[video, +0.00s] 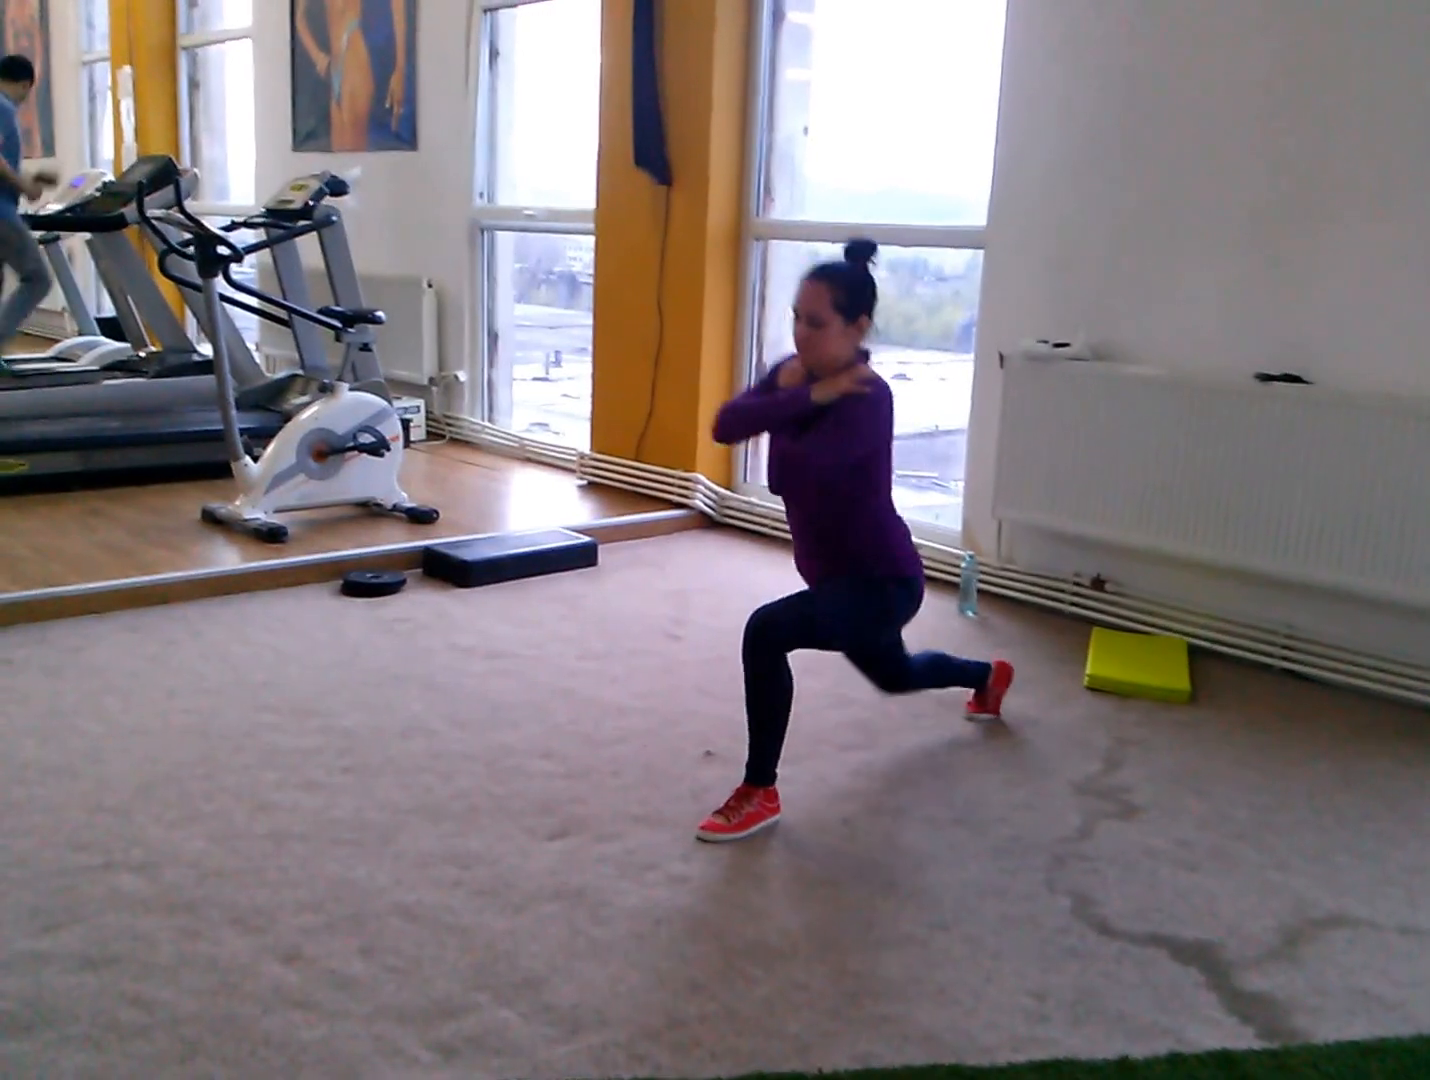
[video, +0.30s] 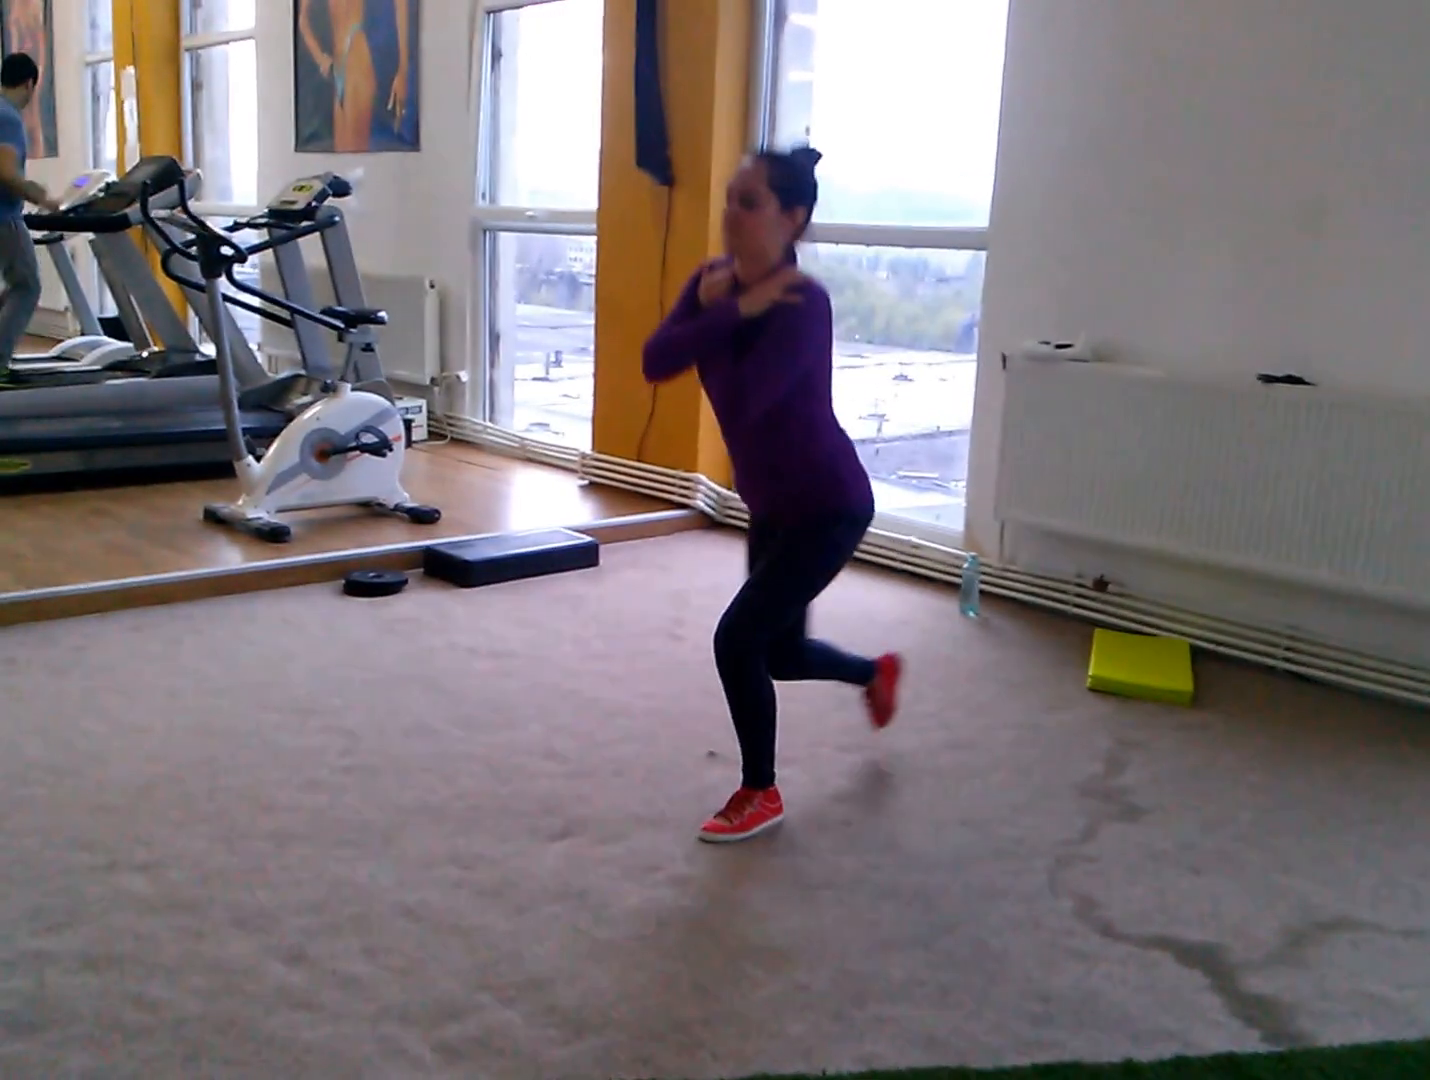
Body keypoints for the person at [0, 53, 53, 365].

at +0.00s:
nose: (28, 93)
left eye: (29, 87)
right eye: (28, 87)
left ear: (6, 80)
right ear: (20, 83)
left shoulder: (7, 113)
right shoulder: (4, 112)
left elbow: (5, 164)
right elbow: (2, 161)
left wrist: (31, 180)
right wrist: (24, 185)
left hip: (6, 211)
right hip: (4, 213)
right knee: (38, 279)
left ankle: (3, 343)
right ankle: (1, 339)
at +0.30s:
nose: (34, 93)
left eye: (33, 86)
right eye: (34, 86)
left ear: (5, 81)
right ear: (28, 84)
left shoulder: (7, 117)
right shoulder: (9, 119)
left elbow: (10, 174)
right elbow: (9, 174)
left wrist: (35, 194)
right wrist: (40, 196)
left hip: (9, 218)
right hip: (7, 219)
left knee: (20, 286)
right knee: (25, 287)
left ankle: (4, 359)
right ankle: (3, 359)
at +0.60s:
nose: (31, 87)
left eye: (31, 81)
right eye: (30, 80)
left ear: (7, 78)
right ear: (22, 77)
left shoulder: (7, 107)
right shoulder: (12, 108)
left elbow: (13, 155)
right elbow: (13, 154)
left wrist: (31, 172)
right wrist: (42, 174)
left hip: (10, 214)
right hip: (7, 215)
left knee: (25, 282)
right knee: (29, 281)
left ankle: (25, 359)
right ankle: (25, 360)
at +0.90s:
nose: (37, 81)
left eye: (38, 75)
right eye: (37, 74)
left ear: (11, 68)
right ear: (28, 69)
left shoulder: (10, 102)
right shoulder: (7, 101)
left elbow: (6, 149)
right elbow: (1, 147)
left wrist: (30, 145)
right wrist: (22, 169)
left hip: (12, 203)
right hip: (10, 204)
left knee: (37, 278)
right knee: (39, 276)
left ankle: (51, 358)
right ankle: (51, 359)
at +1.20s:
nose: (39, 80)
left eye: (38, 73)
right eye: (38, 73)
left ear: (9, 69)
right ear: (28, 70)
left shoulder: (8, 100)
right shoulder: (16, 104)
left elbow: (21, 156)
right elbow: (25, 157)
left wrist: (44, 156)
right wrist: (52, 158)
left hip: (10, 213)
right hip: (7, 214)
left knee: (39, 270)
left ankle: (44, 357)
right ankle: (45, 356)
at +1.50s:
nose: (35, 88)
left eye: (35, 80)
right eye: (35, 79)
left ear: (10, 76)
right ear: (24, 75)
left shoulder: (8, 110)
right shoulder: (10, 111)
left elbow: (8, 166)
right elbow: (4, 160)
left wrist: (40, 175)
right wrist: (31, 191)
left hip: (7, 212)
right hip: (8, 214)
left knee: (5, 287)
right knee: (49, 279)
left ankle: (4, 351)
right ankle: (5, 346)